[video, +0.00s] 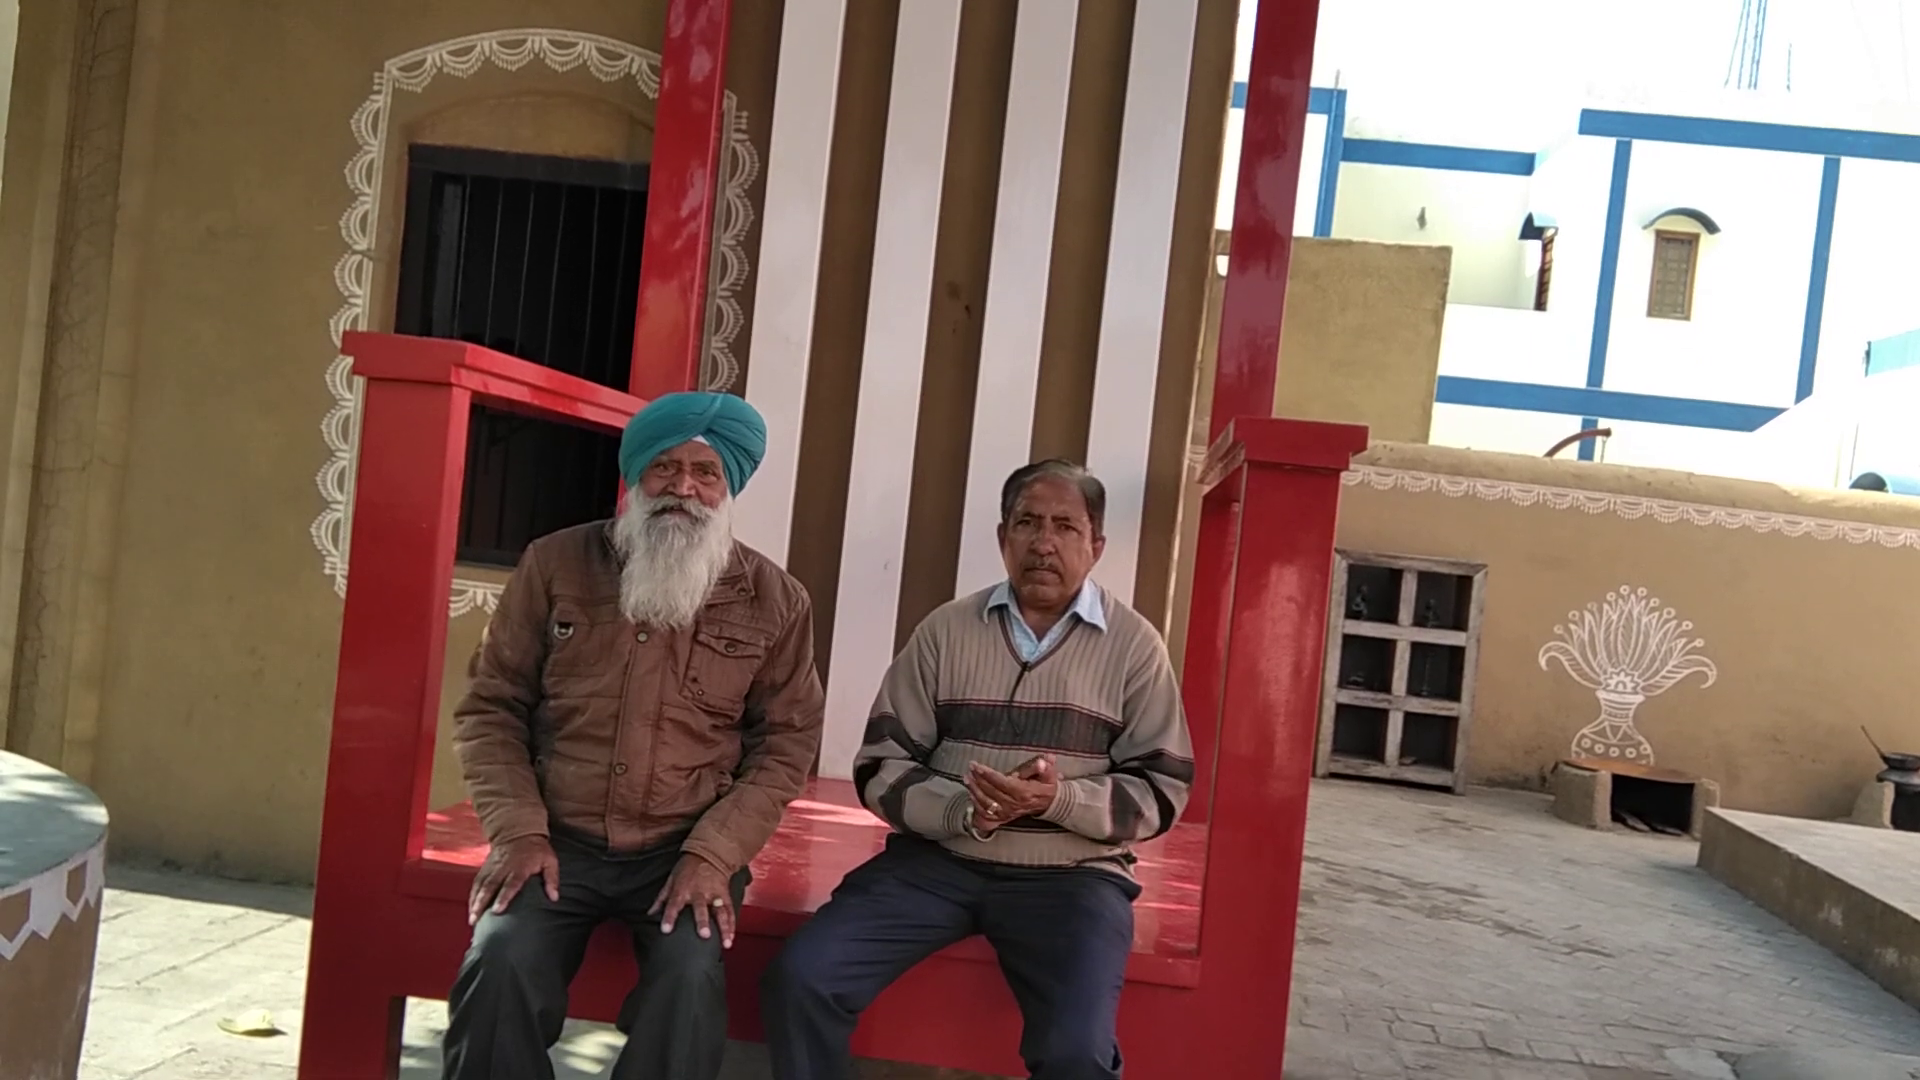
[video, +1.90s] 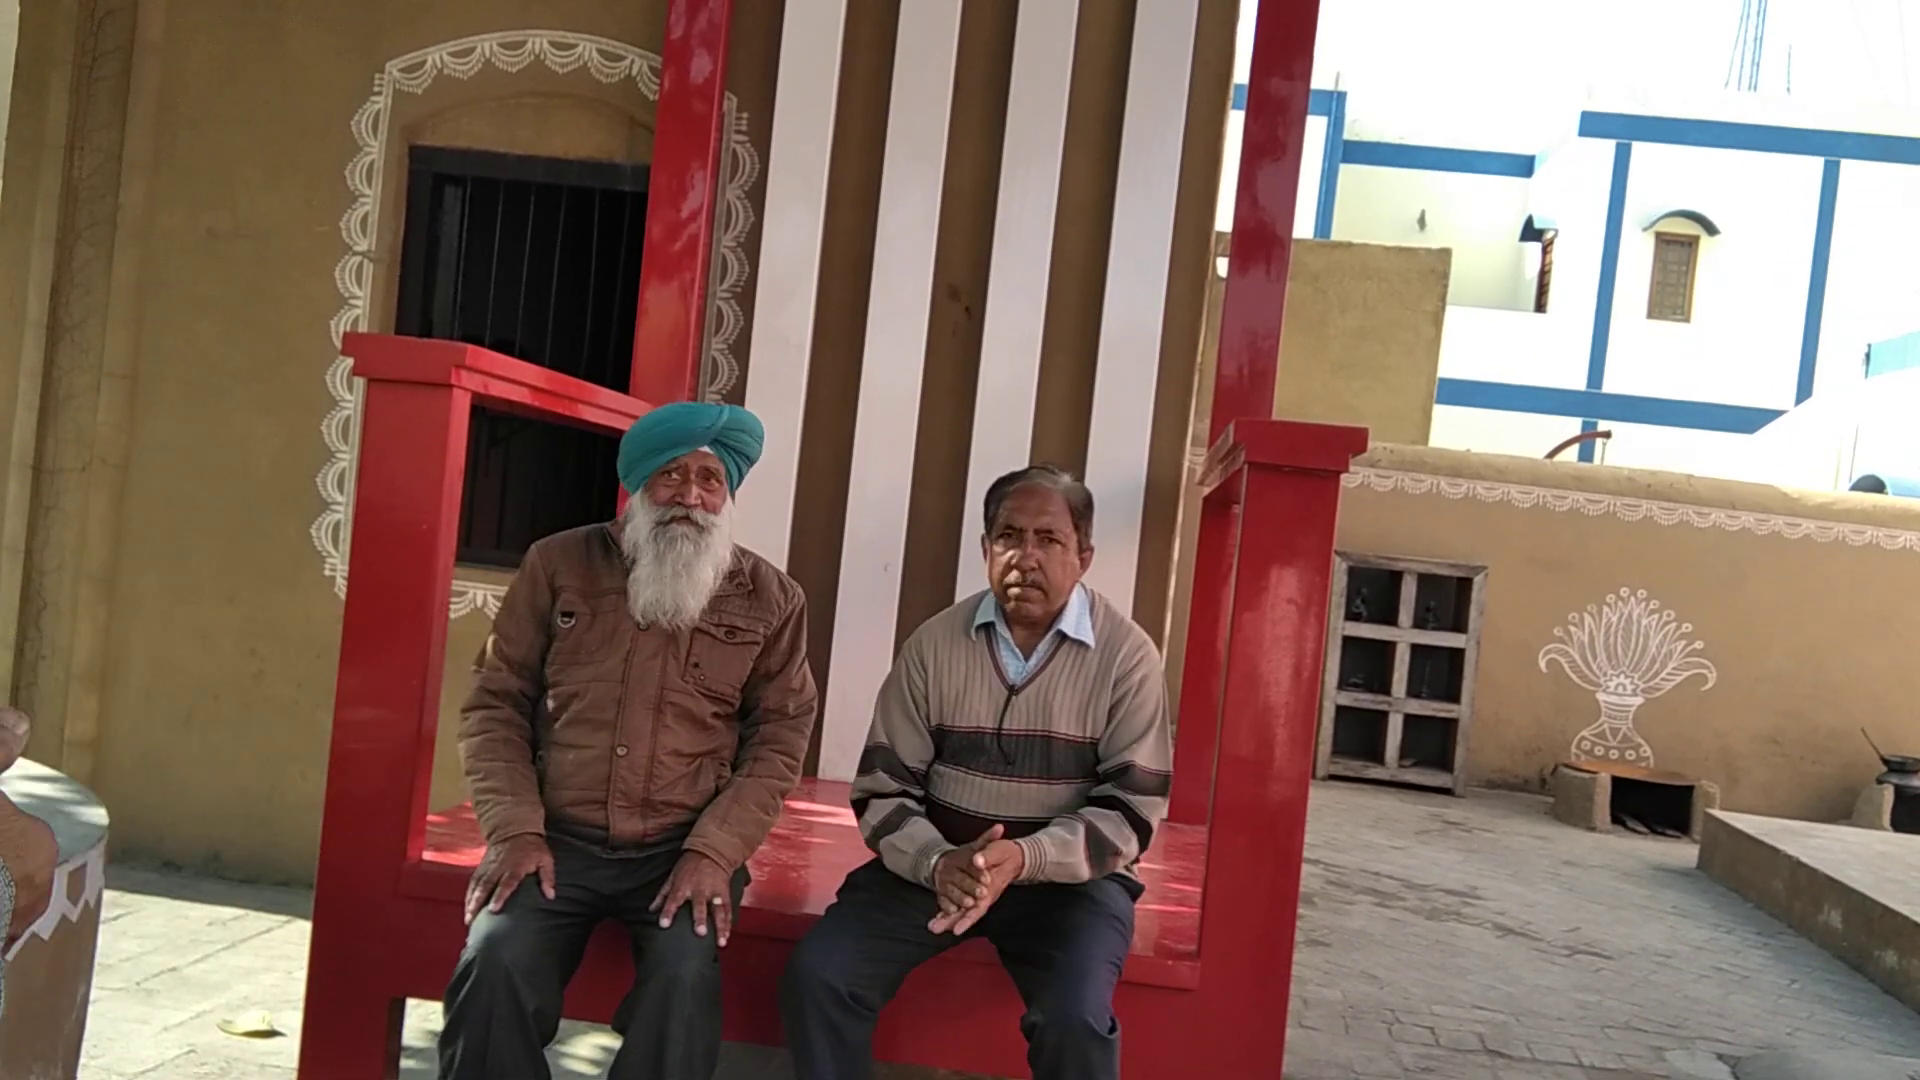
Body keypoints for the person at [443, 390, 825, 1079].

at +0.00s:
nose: (683, 487)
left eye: (706, 472)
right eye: (665, 468)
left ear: (729, 493)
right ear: (631, 483)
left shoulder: (775, 601)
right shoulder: (556, 565)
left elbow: (787, 747)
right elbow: (491, 706)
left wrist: (714, 853)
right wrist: (517, 828)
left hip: (685, 861)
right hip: (556, 849)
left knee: (690, 973)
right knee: (501, 961)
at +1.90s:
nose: (691, 495)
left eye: (710, 480)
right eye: (672, 476)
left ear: (730, 498)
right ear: (634, 488)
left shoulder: (771, 601)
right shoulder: (558, 566)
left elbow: (779, 742)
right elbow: (497, 701)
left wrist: (714, 852)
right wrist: (514, 824)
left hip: (684, 859)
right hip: (557, 846)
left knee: (685, 972)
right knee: (495, 960)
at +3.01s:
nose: (585, 430)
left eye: (610, 409)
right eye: (564, 407)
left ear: (650, 420)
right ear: (536, 414)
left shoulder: (718, 529)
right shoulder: (468, 503)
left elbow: (745, 697)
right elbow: (425, 667)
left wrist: (679, 851)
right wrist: (455, 827)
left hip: (646, 831)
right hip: (506, 823)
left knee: (636, 1018)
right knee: (454, 1005)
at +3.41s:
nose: (634, 308)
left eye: (661, 293)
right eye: (617, 286)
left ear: (699, 321)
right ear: (582, 298)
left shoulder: (747, 449)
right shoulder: (499, 407)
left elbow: (768, 633)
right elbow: (432, 584)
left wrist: (726, 792)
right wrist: (408, 744)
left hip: (652, 798)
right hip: (500, 784)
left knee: (627, 1029)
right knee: (460, 1024)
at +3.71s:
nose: (651, 291)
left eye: (678, 276)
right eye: (634, 268)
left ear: (712, 301)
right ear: (596, 278)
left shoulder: (753, 436)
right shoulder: (536, 400)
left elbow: (780, 627)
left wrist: (740, 810)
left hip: (657, 768)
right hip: (514, 755)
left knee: (629, 1005)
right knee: (504, 1004)